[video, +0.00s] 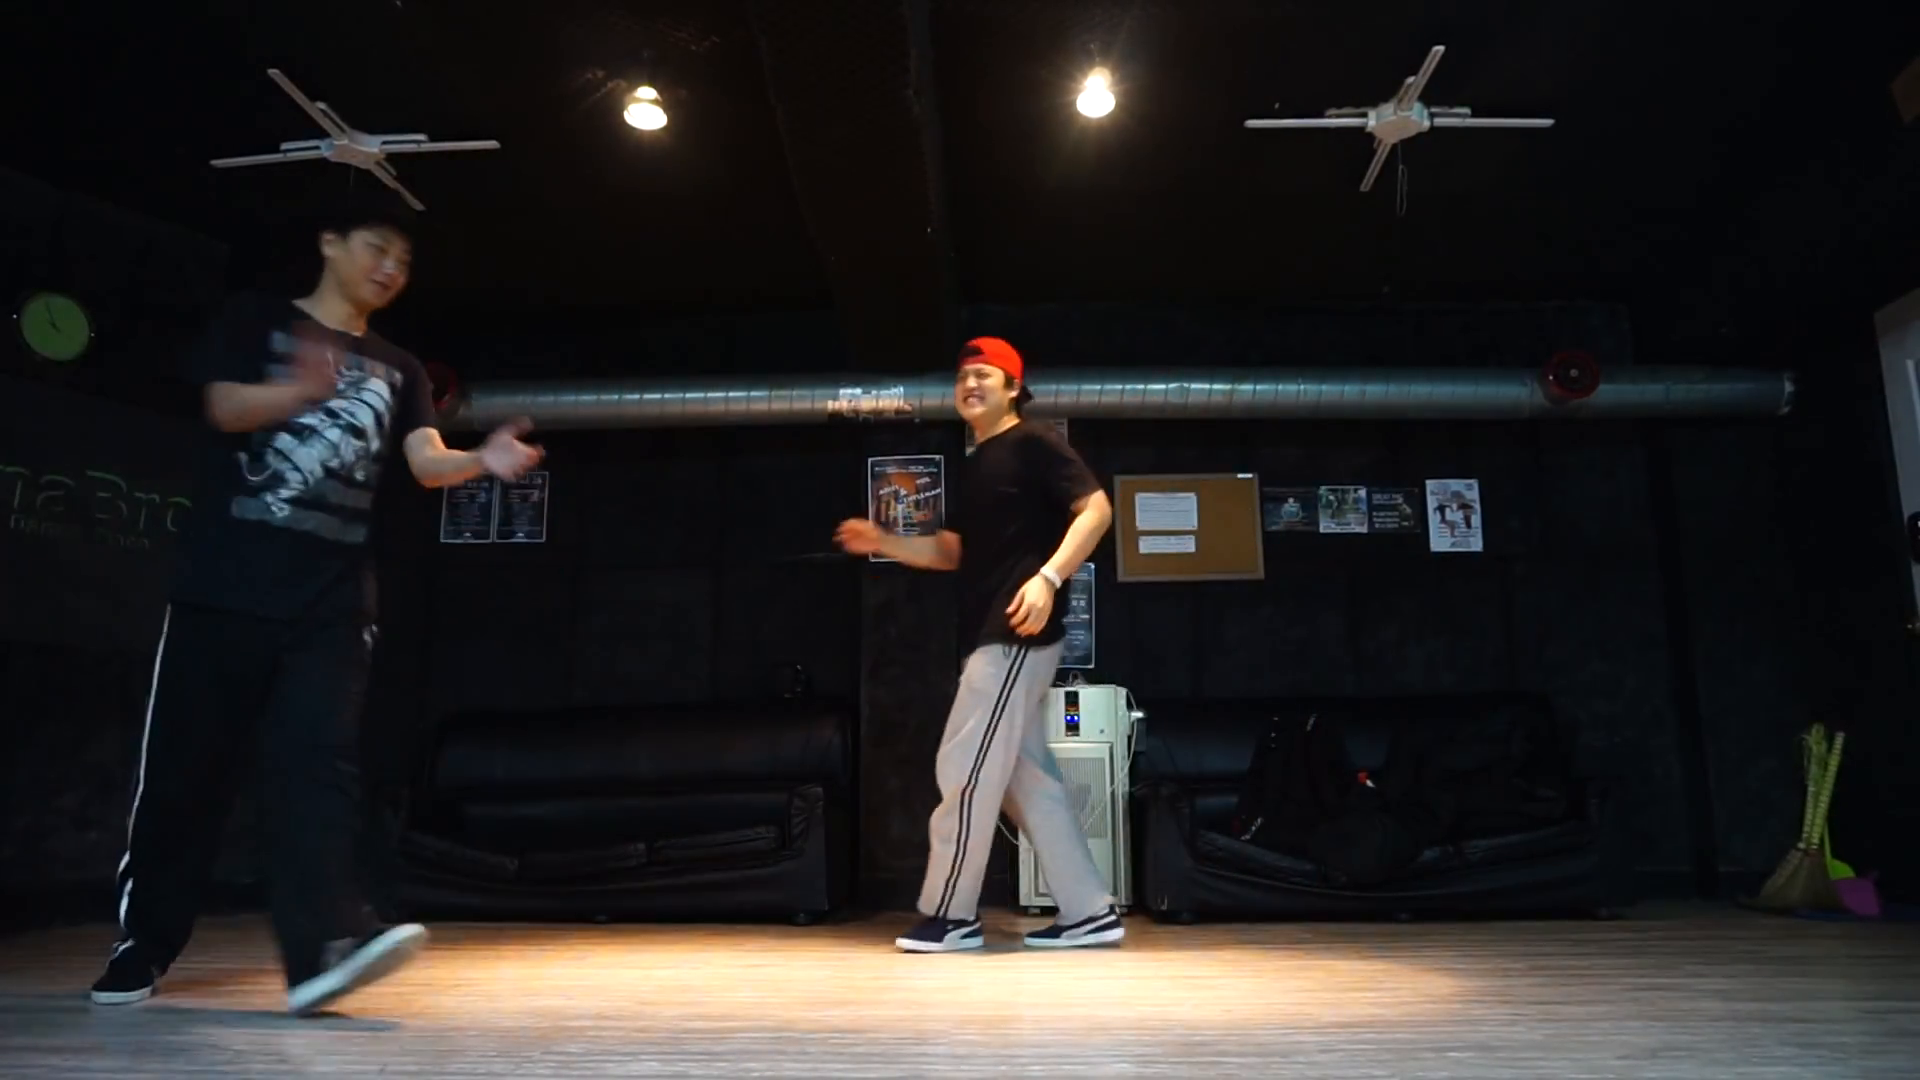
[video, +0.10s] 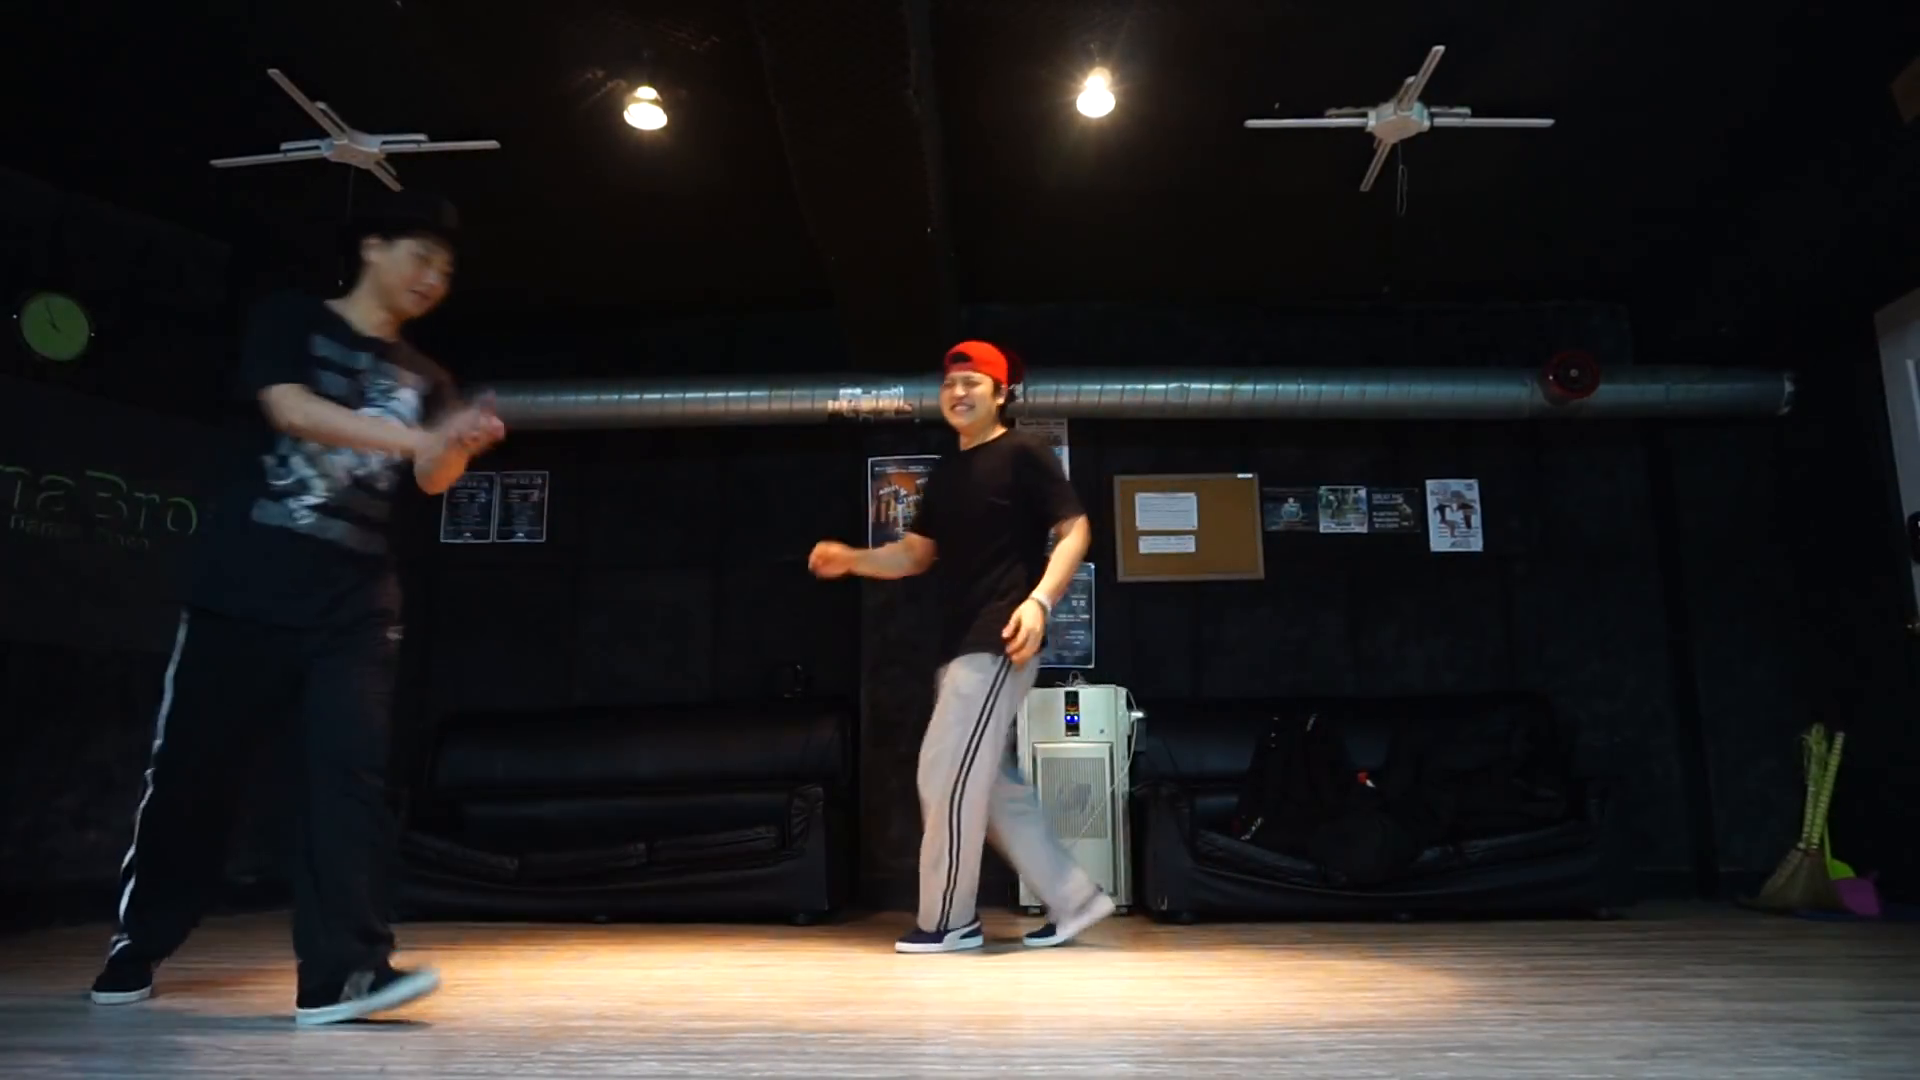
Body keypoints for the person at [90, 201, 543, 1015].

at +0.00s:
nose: (391, 269)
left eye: (402, 261)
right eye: (378, 250)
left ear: (404, 276)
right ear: (330, 244)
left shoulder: (400, 371)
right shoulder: (259, 321)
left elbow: (427, 464)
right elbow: (224, 408)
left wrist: (483, 458)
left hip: (329, 596)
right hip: (228, 580)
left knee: (318, 767)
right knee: (180, 770)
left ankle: (317, 953)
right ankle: (141, 949)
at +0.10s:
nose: (432, 280)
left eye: (443, 269)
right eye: (421, 259)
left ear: (444, 282)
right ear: (371, 248)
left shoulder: (425, 381)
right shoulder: (289, 322)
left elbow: (432, 479)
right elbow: (288, 407)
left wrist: (459, 443)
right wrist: (414, 439)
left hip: (353, 599)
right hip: (249, 583)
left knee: (348, 775)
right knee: (190, 769)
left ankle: (338, 971)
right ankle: (135, 947)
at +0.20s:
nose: (482, 275)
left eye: (494, 264)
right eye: (471, 253)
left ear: (497, 276)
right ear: (424, 239)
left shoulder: (468, 372)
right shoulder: (334, 305)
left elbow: (460, 465)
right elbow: (323, 402)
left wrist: (496, 481)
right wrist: (441, 464)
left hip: (389, 591)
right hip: (288, 573)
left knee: (384, 777)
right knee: (213, 760)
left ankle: (343, 975)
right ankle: (143, 927)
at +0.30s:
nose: (526, 255)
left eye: (534, 241)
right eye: (515, 234)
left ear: (530, 252)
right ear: (466, 225)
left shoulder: (504, 360)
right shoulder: (380, 297)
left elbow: (516, 466)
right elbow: (348, 393)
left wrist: (543, 550)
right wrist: (437, 501)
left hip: (429, 578)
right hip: (339, 557)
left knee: (416, 771)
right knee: (294, 737)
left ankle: (345, 975)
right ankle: (176, 891)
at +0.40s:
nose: (569, 232)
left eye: (573, 217)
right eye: (558, 211)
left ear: (545, 219)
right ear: (507, 202)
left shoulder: (536, 333)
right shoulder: (426, 276)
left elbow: (546, 456)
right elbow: (379, 381)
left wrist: (565, 572)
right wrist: (376, 507)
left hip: (480, 556)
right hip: (407, 535)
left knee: (441, 751)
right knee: (405, 716)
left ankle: (351, 972)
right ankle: (265, 887)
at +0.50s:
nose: (614, 213)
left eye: (616, 199)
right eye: (602, 193)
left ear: (574, 197)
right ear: (549, 186)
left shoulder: (574, 317)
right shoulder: (478, 269)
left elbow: (576, 452)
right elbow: (401, 375)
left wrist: (585, 571)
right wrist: (330, 478)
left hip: (519, 547)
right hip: (455, 531)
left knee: (441, 745)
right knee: (494, 706)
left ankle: (346, 970)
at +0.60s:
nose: (670, 219)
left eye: (669, 203)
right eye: (656, 197)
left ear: (628, 204)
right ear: (605, 192)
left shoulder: (611, 314)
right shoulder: (534, 273)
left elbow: (598, 454)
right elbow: (432, 359)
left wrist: (605, 562)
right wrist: (328, 450)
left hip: (557, 560)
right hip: (512, 551)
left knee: (458, 757)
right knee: (571, 735)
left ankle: (349, 969)